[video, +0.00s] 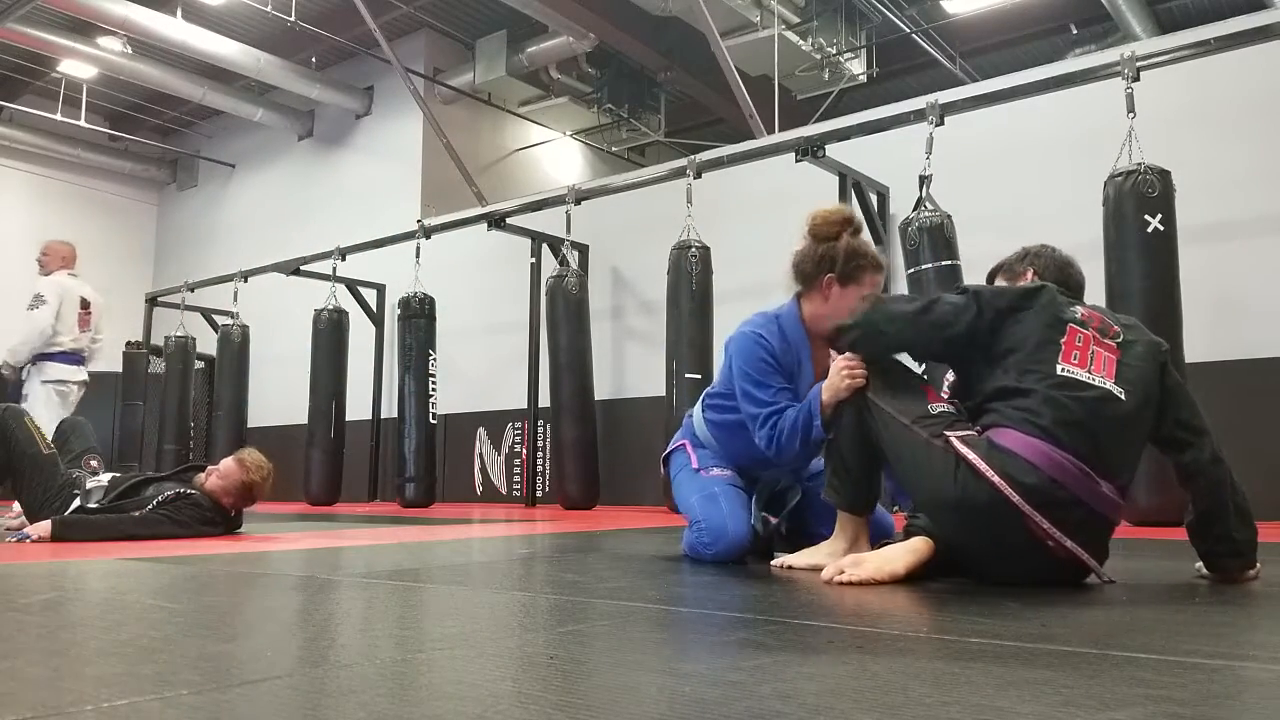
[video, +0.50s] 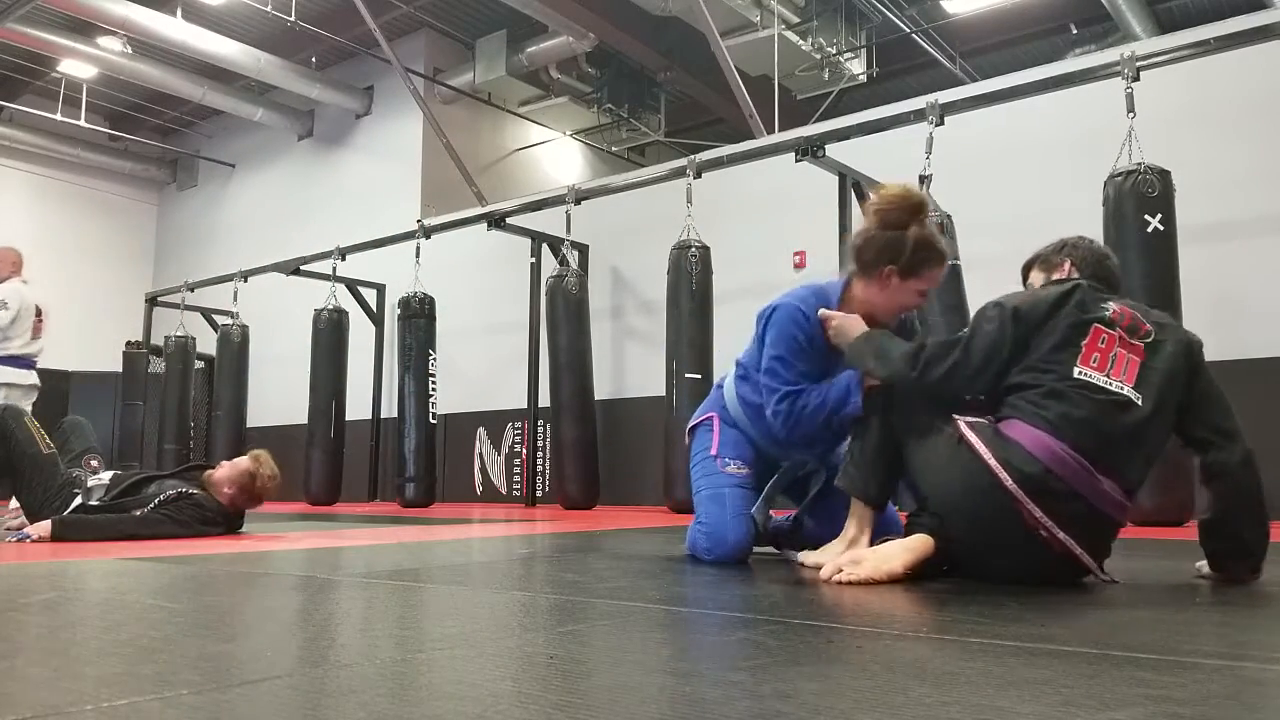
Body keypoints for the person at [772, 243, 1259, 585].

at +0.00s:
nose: (992, 306)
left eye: (998, 295)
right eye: (993, 296)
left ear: (1029, 280)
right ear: (1080, 292)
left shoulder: (1015, 302)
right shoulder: (1148, 349)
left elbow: (880, 319)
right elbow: (1204, 462)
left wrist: (844, 343)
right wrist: (1230, 560)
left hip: (974, 502)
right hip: (1060, 561)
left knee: (862, 370)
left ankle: (846, 538)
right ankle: (913, 550)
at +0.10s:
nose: (992, 307)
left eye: (997, 295)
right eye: (993, 298)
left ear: (1032, 280)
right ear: (1077, 289)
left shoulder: (1023, 307)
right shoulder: (1149, 349)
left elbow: (901, 340)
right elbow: (1205, 460)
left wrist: (833, 326)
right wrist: (1231, 560)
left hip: (979, 500)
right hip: (1062, 560)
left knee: (867, 384)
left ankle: (846, 539)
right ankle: (913, 551)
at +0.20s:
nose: (996, 305)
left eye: (1001, 293)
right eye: (996, 296)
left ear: (1036, 278)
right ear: (1080, 287)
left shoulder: (1027, 307)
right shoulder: (1154, 349)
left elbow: (910, 346)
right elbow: (1207, 460)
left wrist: (837, 331)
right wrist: (1231, 560)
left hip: (980, 501)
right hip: (1063, 562)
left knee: (874, 383)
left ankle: (846, 538)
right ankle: (914, 551)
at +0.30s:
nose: (1004, 304)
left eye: (1008, 293)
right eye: (1003, 295)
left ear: (1044, 275)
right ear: (1088, 286)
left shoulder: (1033, 303)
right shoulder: (1160, 348)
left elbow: (922, 348)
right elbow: (1213, 461)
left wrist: (848, 329)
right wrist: (1232, 561)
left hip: (979, 501)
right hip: (1061, 562)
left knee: (877, 389)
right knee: (963, 540)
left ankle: (846, 538)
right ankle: (912, 552)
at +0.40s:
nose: (1014, 299)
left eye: (1019, 289)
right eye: (1015, 290)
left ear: (1053, 274)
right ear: (1097, 282)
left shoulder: (1037, 302)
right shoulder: (1168, 345)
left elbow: (920, 358)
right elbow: (1220, 462)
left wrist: (855, 328)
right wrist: (1233, 563)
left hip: (975, 496)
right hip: (1059, 559)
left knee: (884, 386)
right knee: (966, 543)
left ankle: (849, 535)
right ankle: (911, 551)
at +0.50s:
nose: (1027, 296)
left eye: (1032, 285)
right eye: (1028, 286)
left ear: (1065, 272)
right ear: (1110, 281)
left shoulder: (1046, 303)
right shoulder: (1179, 346)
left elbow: (933, 374)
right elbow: (1231, 461)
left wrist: (862, 339)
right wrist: (1234, 566)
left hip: (976, 492)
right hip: (1056, 558)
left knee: (892, 384)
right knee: (970, 541)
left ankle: (852, 535)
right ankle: (914, 549)